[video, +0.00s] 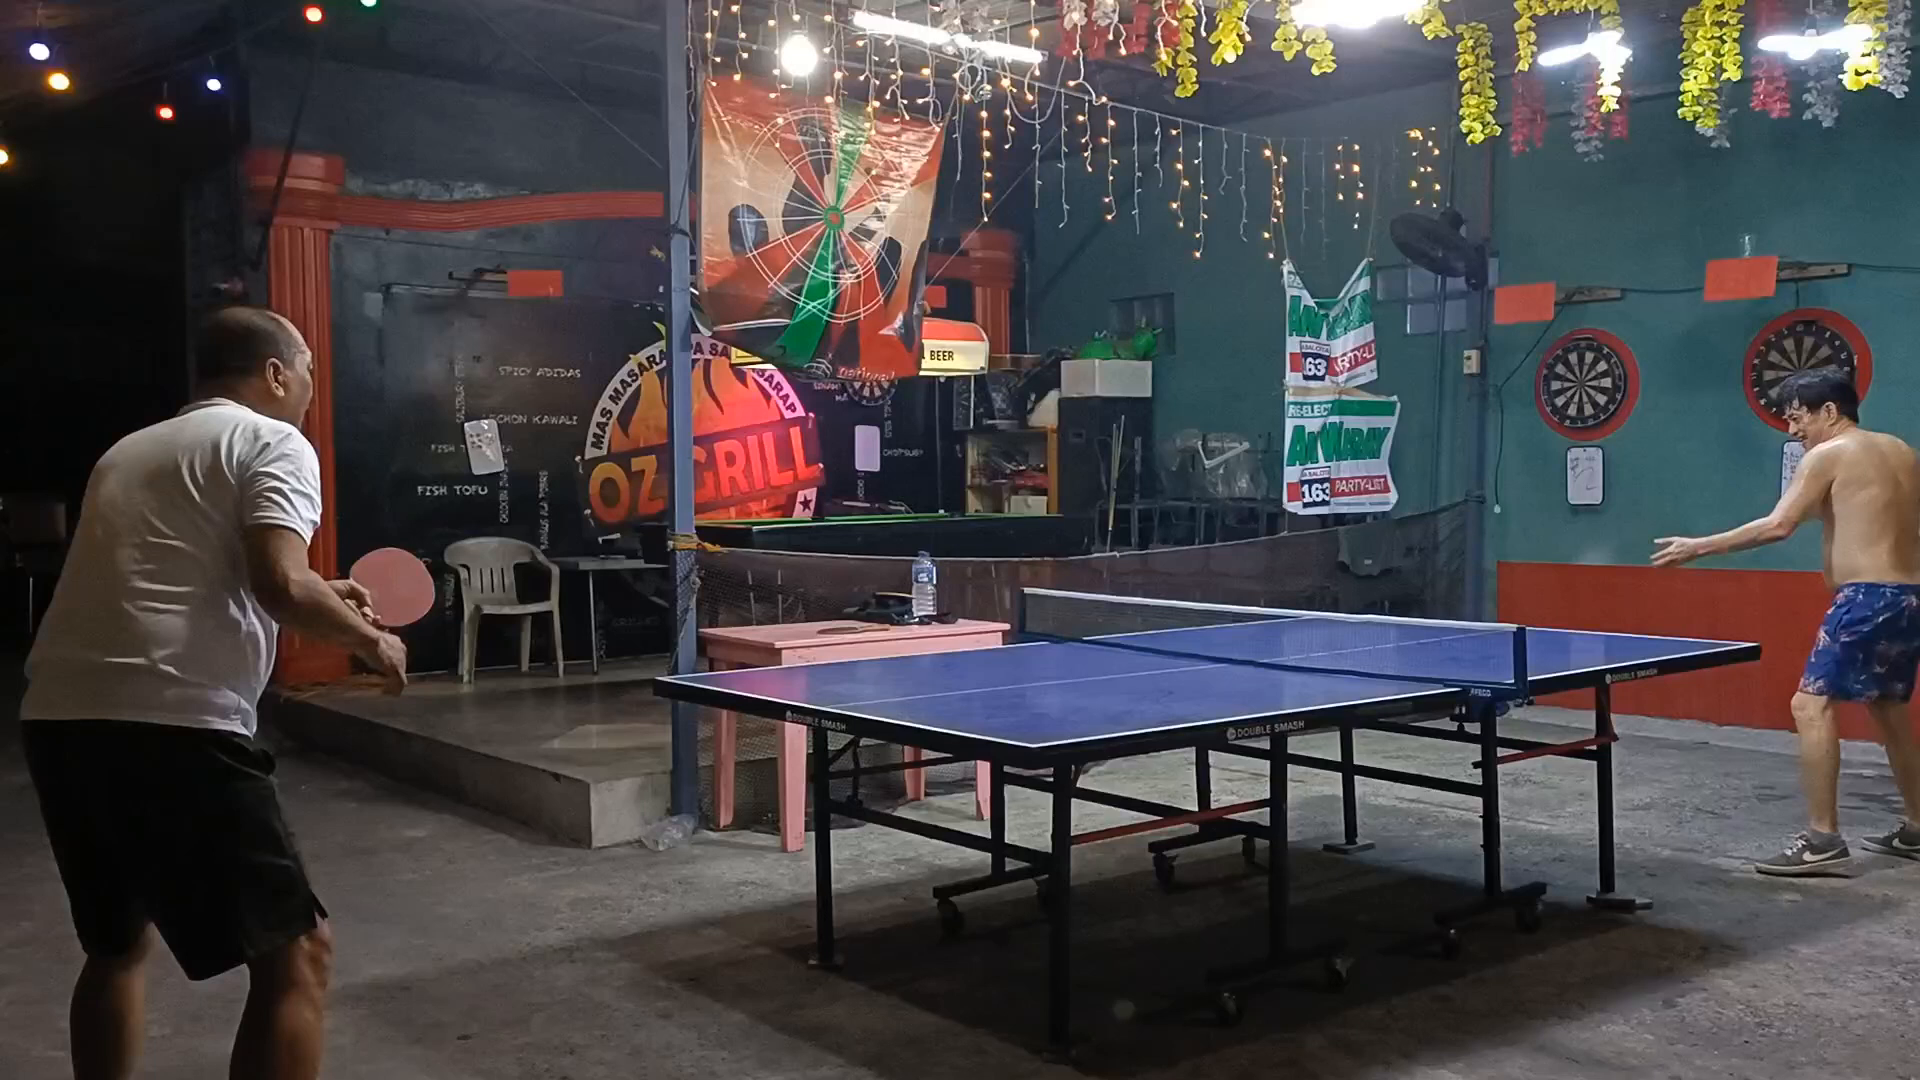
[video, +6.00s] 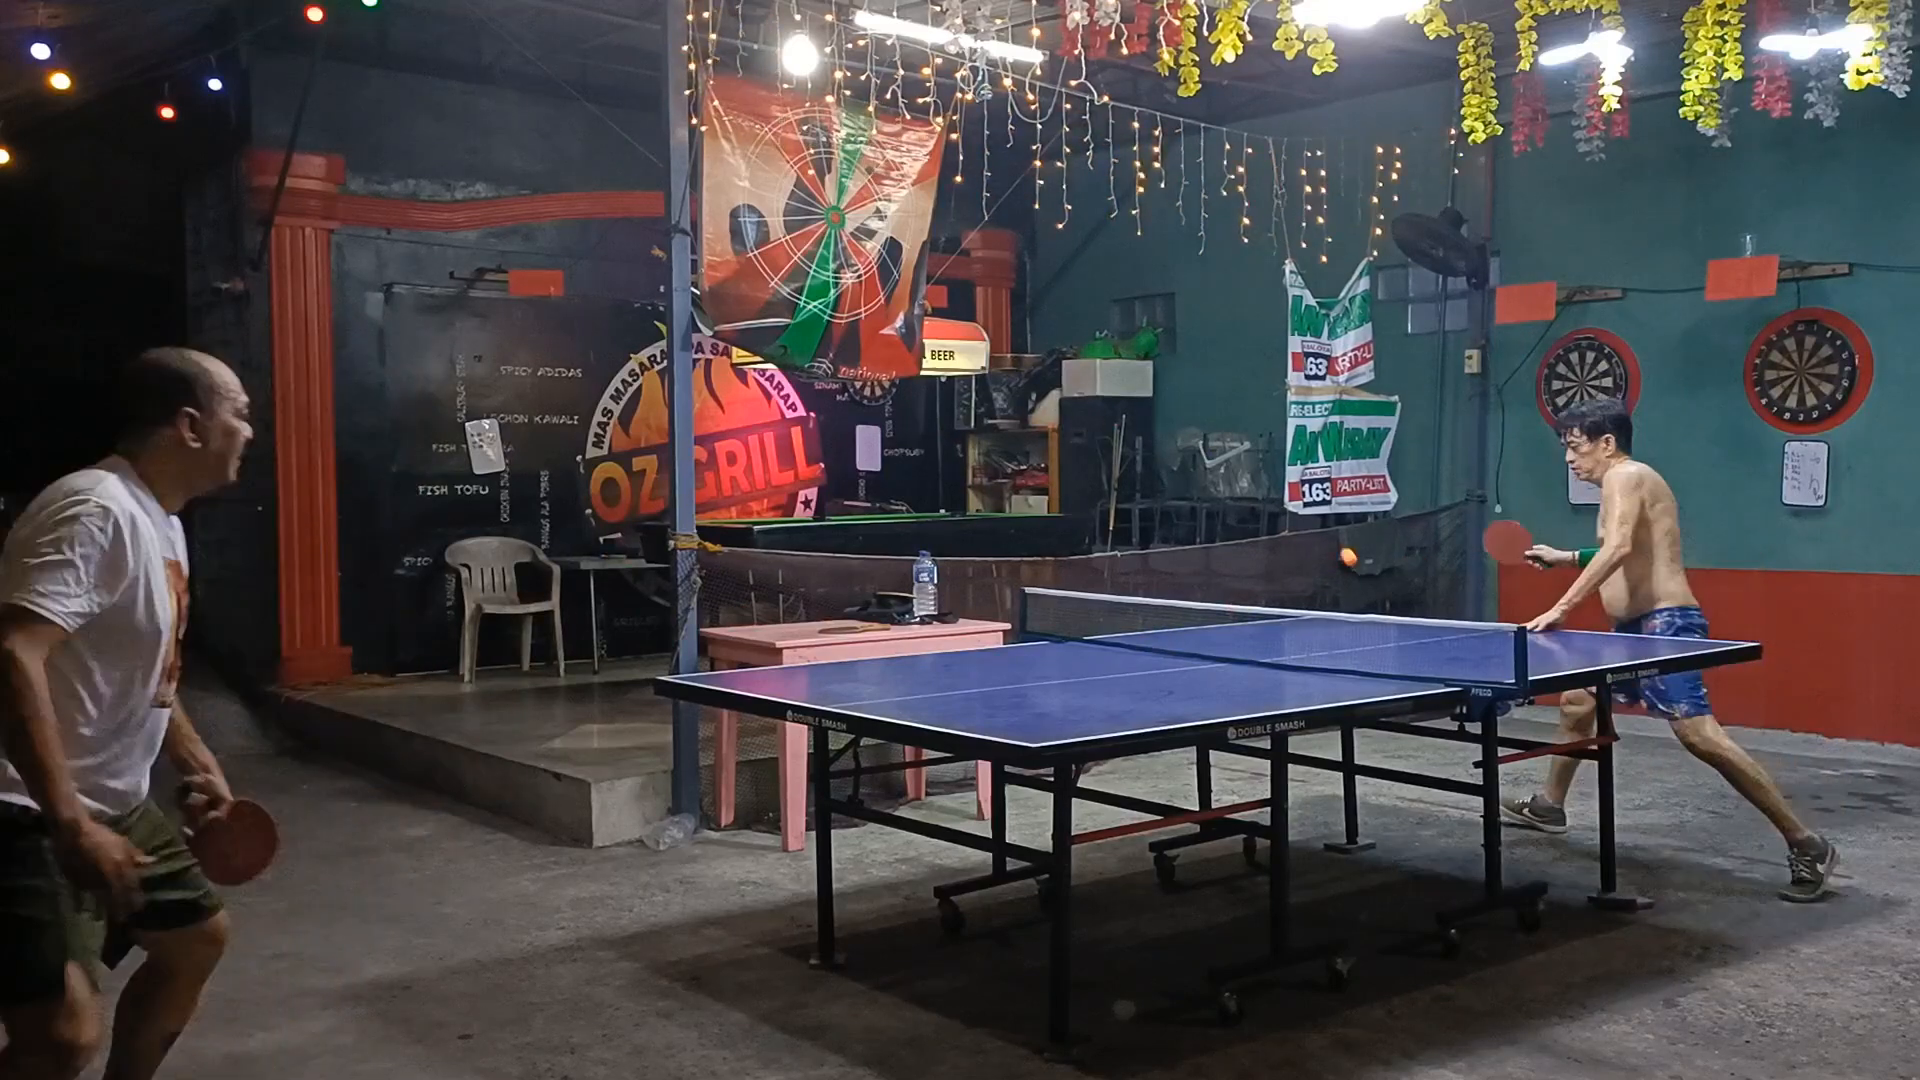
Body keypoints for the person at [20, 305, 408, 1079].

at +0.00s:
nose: (308, 392)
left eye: (308, 376)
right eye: (305, 375)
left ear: (209, 376)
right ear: (277, 372)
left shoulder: (122, 451)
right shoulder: (272, 442)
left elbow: (174, 578)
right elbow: (285, 581)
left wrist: (317, 593)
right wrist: (367, 638)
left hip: (59, 719)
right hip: (183, 725)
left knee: (115, 946)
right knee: (296, 951)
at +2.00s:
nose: (264, 363)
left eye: (265, 346)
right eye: (259, 344)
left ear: (189, 343)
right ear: (216, 343)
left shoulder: (123, 408)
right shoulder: (178, 405)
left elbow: (104, 577)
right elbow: (136, 547)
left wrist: (192, 701)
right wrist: (211, 681)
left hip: (55, 695)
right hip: (99, 701)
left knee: (125, 924)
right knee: (179, 939)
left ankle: (94, 1070)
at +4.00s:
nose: (428, 482)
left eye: (426, 472)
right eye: (427, 472)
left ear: (357, 477)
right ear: (414, 470)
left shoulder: (322, 544)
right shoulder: (397, 506)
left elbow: (322, 646)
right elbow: (398, 566)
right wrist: (471, 640)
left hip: (287, 755)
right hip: (363, 748)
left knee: (377, 856)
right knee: (388, 947)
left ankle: (398, 983)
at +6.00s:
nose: (250, 433)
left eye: (248, 416)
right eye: (241, 415)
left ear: (190, 429)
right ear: (189, 426)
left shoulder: (163, 521)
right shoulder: (93, 509)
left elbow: (141, 677)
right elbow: (18, 654)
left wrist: (196, 760)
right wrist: (75, 821)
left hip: (124, 806)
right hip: (36, 816)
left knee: (196, 942)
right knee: (65, 1036)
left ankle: (125, 1075)